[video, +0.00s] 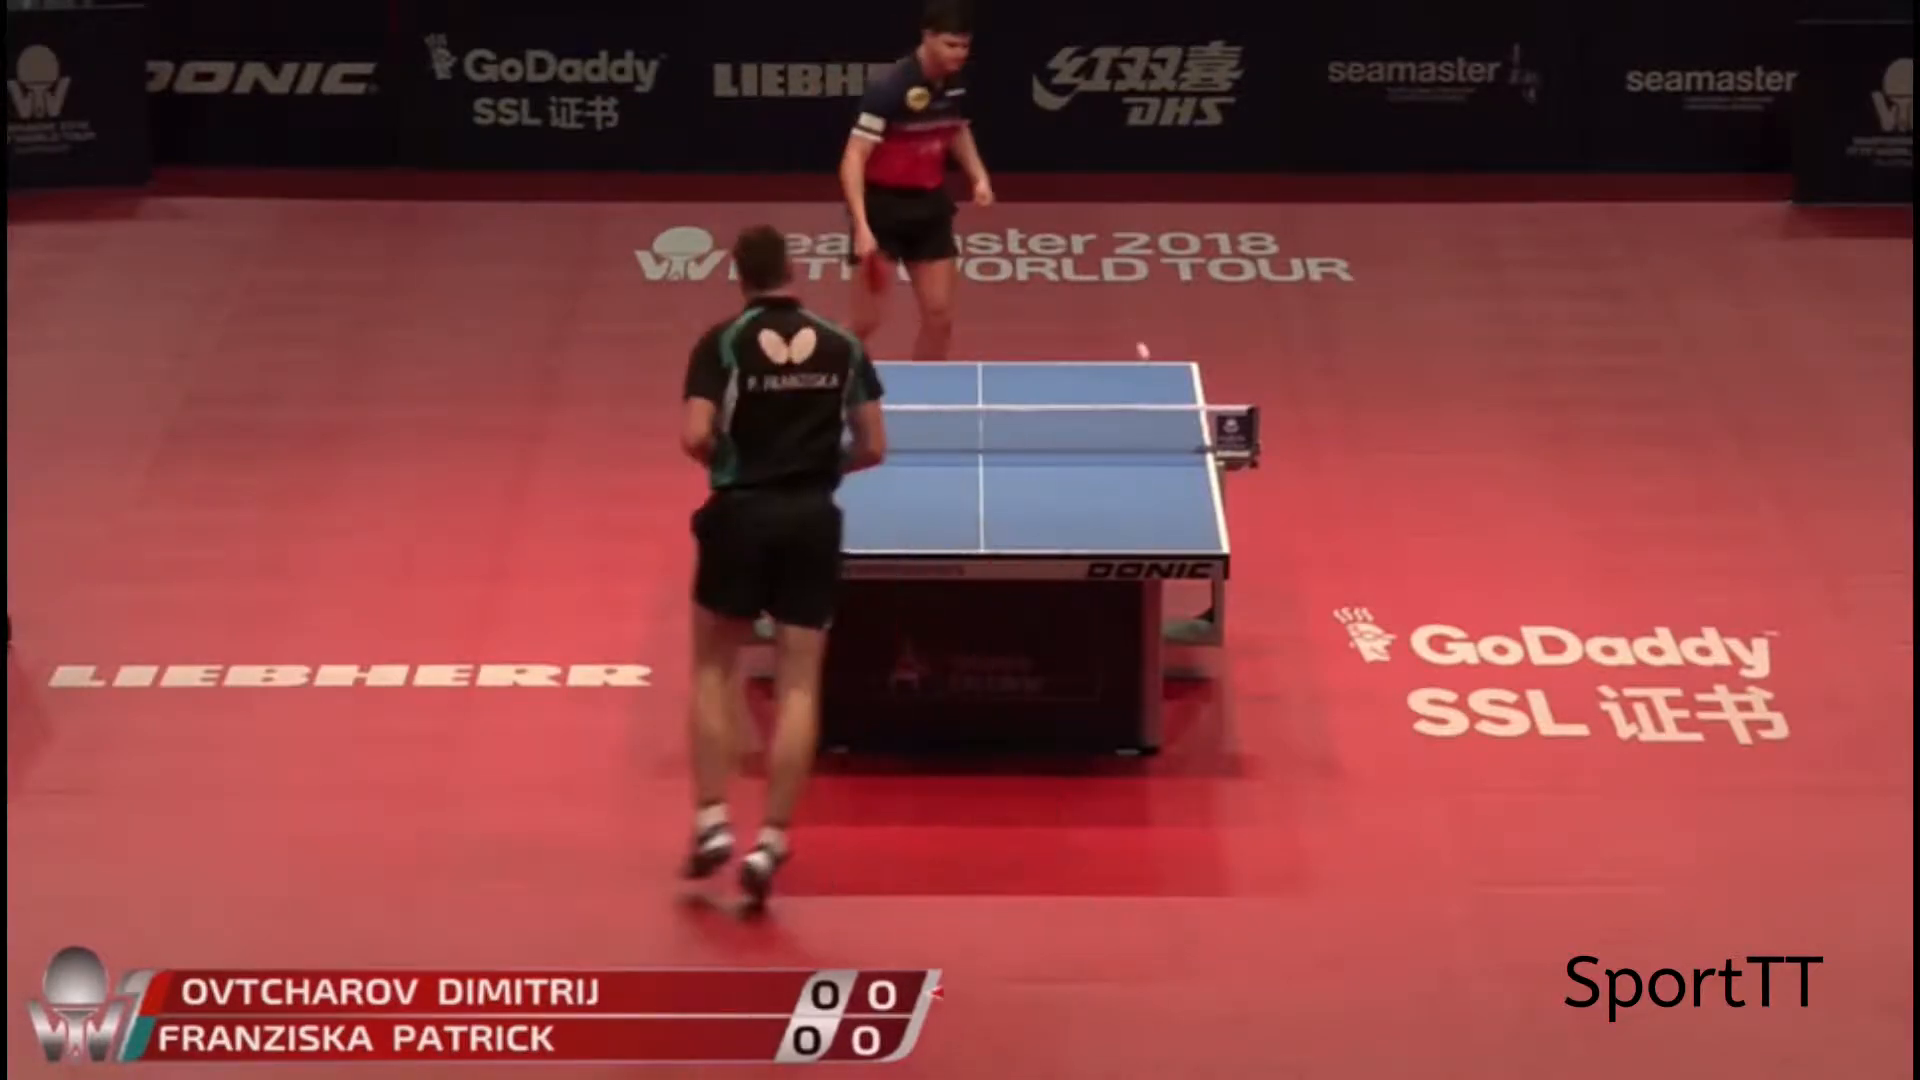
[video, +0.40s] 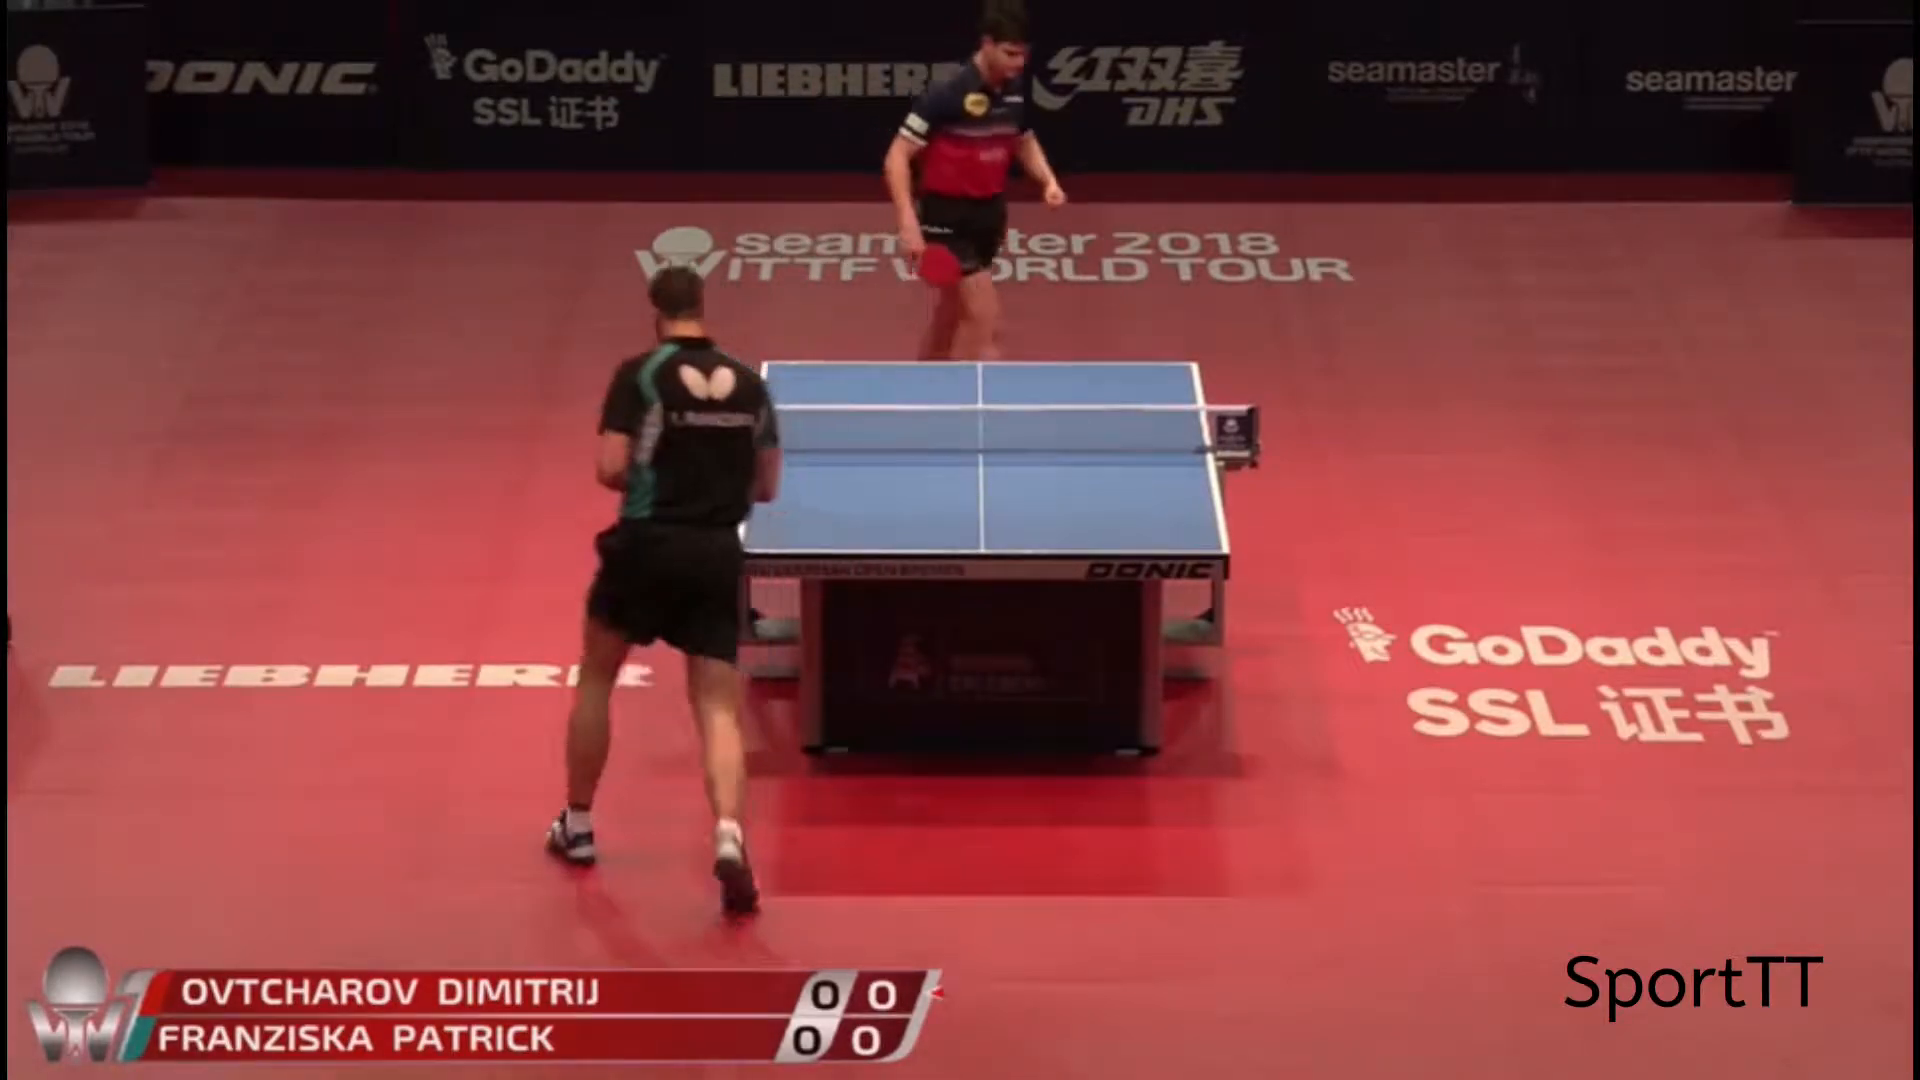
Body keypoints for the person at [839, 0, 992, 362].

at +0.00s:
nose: (959, 55)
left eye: (964, 46)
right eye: (952, 44)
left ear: (969, 46)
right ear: (927, 39)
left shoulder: (955, 84)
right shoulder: (889, 87)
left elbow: (958, 131)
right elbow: (852, 159)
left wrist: (979, 177)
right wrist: (861, 228)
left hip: (930, 208)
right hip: (881, 209)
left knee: (939, 316)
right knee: (866, 318)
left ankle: (923, 404)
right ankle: (826, 387)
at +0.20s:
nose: (977, 52)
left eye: (982, 43)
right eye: (969, 42)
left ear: (988, 43)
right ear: (945, 35)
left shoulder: (974, 81)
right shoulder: (903, 80)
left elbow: (978, 130)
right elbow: (863, 149)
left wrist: (1002, 175)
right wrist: (872, 216)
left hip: (948, 205)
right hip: (900, 206)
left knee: (943, 310)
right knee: (903, 315)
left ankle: (926, 396)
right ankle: (877, 395)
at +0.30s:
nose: (994, 55)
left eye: (999, 46)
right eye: (986, 44)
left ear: (1004, 45)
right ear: (962, 37)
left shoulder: (991, 85)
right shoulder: (917, 81)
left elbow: (997, 133)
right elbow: (872, 147)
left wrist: (1023, 175)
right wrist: (887, 214)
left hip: (964, 213)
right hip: (918, 213)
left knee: (940, 314)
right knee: (947, 308)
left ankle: (922, 402)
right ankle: (937, 404)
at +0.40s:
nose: (1018, 64)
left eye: (1023, 55)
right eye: (1010, 54)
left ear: (1027, 53)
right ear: (985, 46)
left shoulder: (1015, 93)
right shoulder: (947, 94)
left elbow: (1024, 141)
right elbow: (897, 156)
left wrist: (1048, 180)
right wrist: (908, 225)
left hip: (988, 220)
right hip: (946, 221)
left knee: (949, 319)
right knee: (983, 315)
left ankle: (924, 391)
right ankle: (965, 404)